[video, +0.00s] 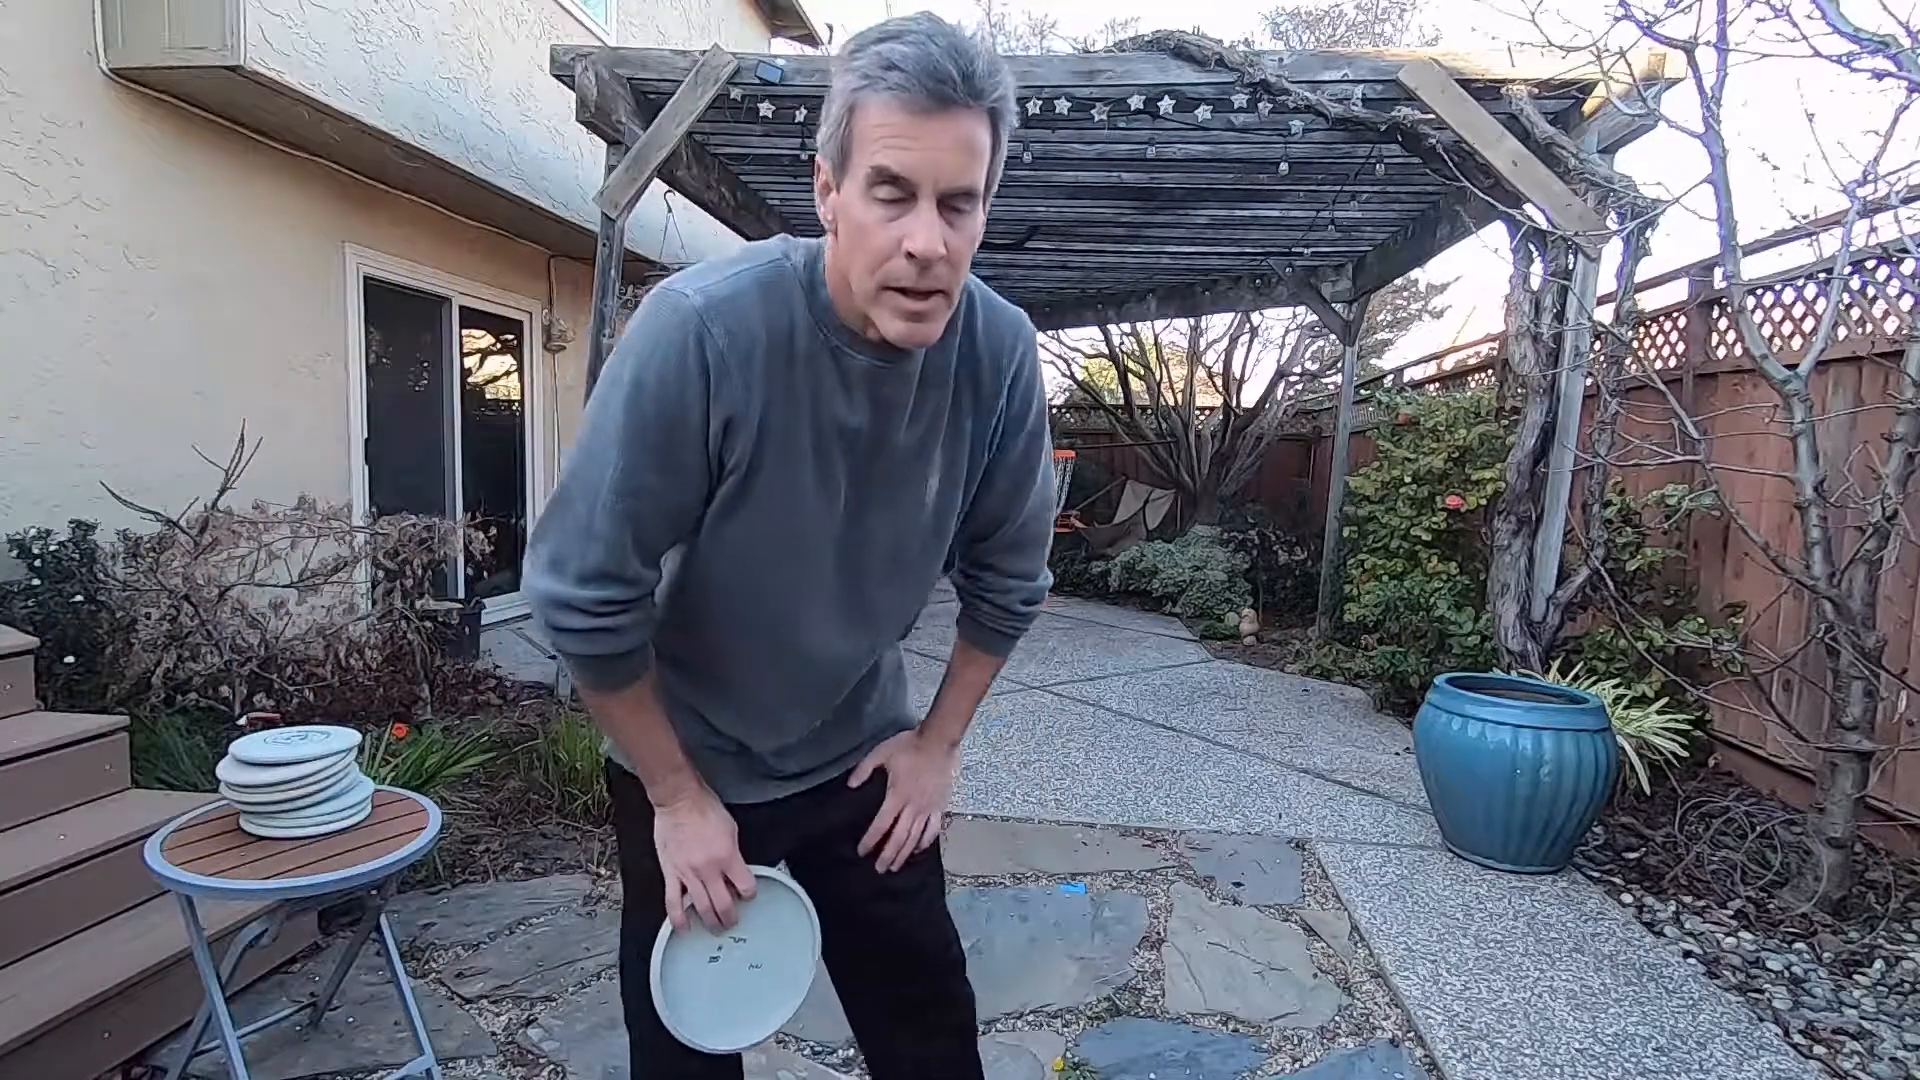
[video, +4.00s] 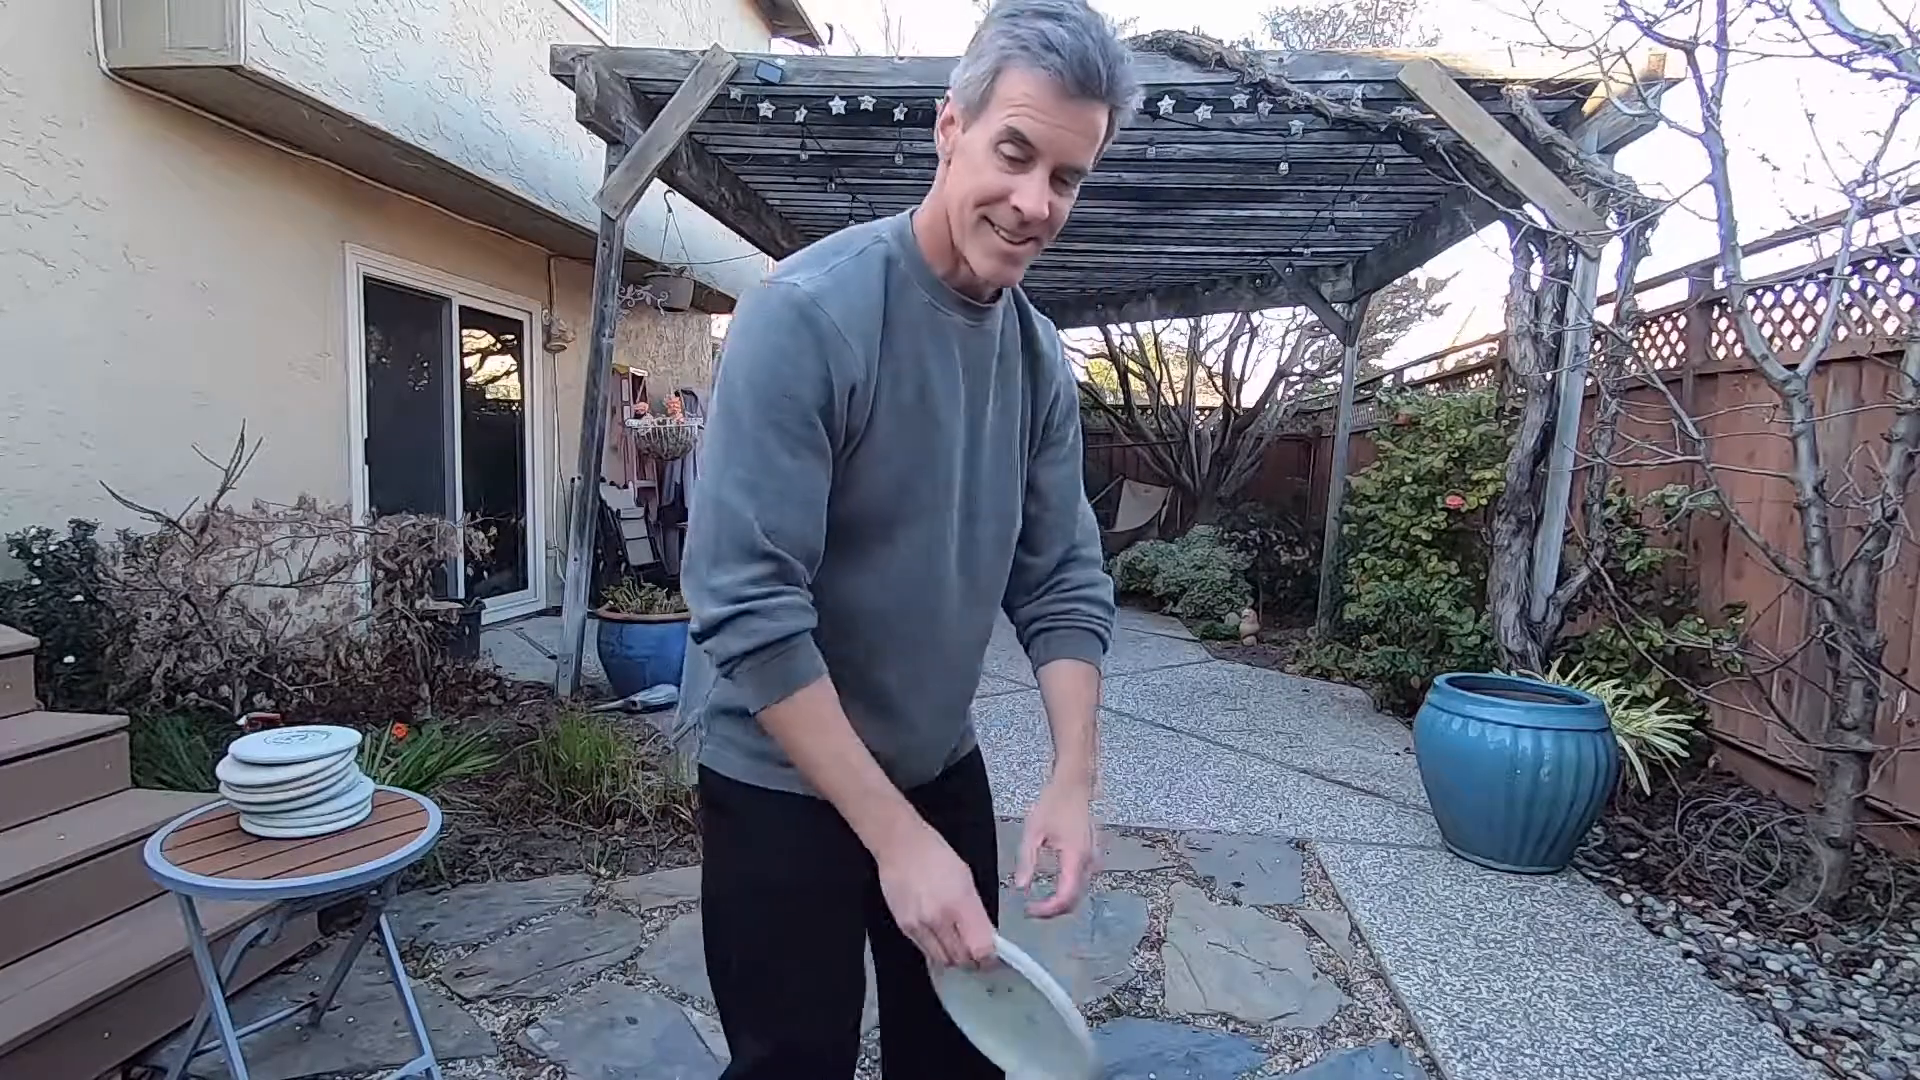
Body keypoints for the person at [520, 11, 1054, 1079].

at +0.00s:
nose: (927, 244)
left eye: (959, 205)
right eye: (891, 194)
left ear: (988, 209)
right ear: (826, 187)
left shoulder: (998, 354)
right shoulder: (699, 333)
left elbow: (1008, 571)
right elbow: (579, 591)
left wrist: (940, 739)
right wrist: (677, 796)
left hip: (863, 752)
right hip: (682, 765)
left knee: (931, 1038)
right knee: (681, 1053)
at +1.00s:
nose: (1001, 430)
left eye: (1036, 394)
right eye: (970, 380)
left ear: (1065, 410)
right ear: (909, 380)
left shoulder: (1064, 515)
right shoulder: (783, 497)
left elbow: (1066, 699)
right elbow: (634, 708)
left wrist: (970, 815)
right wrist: (696, 877)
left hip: (891, 772)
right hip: (724, 785)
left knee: (943, 1024)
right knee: (696, 1033)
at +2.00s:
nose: (1017, 447)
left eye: (1056, 413)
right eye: (989, 396)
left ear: (1089, 431)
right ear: (931, 392)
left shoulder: (1087, 532)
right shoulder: (800, 519)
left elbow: (1087, 715)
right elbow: (646, 723)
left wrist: (991, 829)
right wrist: (710, 890)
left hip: (909, 779)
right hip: (743, 791)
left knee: (953, 1032)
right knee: (707, 1034)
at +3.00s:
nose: (1023, 473)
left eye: (1061, 436)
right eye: (995, 419)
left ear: (1091, 444)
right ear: (934, 411)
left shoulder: (1091, 547)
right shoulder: (800, 539)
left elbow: (1090, 725)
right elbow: (638, 734)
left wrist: (994, 842)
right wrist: (700, 895)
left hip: (906, 784)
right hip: (736, 799)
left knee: (953, 1040)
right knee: (704, 1041)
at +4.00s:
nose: (1034, 203)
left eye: (1068, 178)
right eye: (1013, 152)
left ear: (1088, 184)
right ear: (949, 128)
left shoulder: (1036, 357)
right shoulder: (807, 313)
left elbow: (1063, 578)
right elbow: (745, 604)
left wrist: (1073, 775)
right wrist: (901, 838)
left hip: (939, 776)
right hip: (783, 782)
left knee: (954, 1060)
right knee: (795, 1061)